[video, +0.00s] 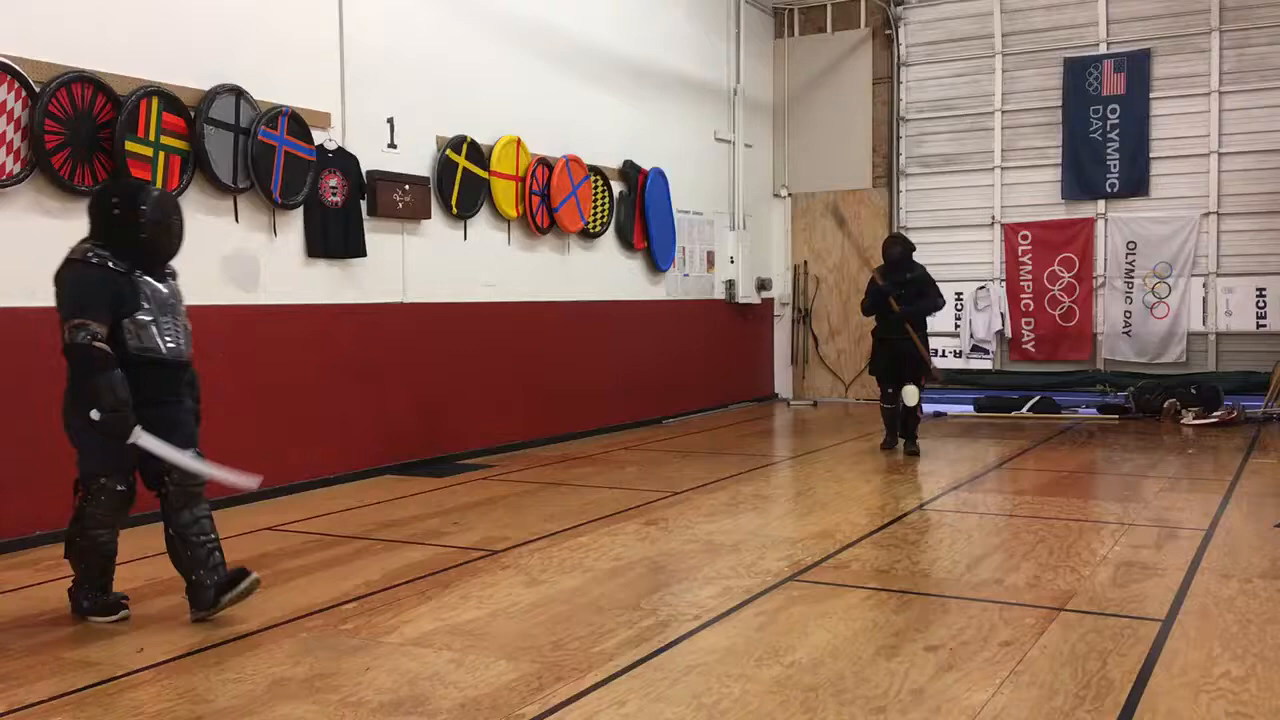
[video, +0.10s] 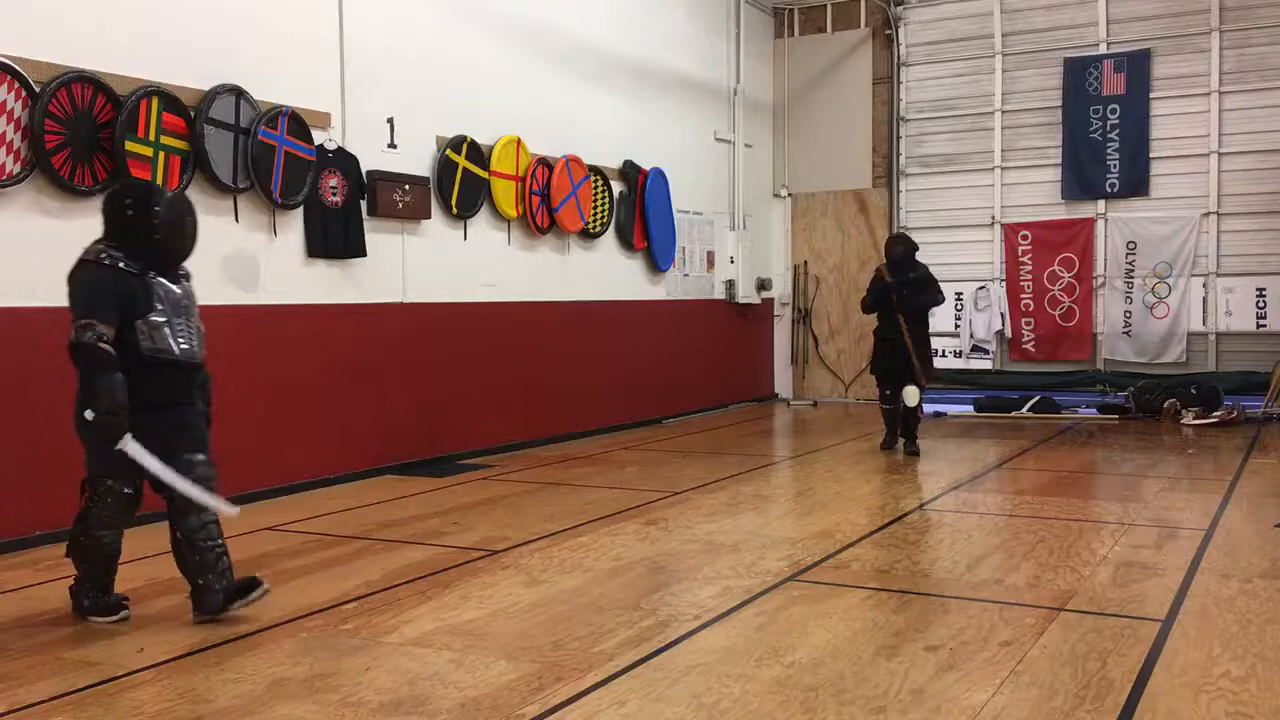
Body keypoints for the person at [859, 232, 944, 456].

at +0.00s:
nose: (895, 264)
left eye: (898, 259)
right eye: (890, 259)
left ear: (907, 254)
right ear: (884, 257)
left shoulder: (918, 273)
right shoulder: (879, 275)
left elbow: (937, 301)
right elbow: (866, 310)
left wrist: (908, 311)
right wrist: (878, 292)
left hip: (914, 340)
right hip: (885, 341)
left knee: (912, 390)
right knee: (888, 390)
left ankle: (911, 439)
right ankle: (890, 435)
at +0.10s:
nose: (895, 259)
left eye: (899, 254)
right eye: (891, 254)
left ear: (910, 253)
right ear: (886, 254)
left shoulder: (920, 272)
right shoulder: (882, 273)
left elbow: (937, 297)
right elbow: (866, 307)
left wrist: (912, 300)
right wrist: (880, 292)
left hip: (915, 340)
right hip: (887, 340)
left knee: (912, 389)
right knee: (887, 389)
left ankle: (911, 438)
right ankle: (890, 433)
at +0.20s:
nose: (895, 253)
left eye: (900, 248)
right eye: (893, 248)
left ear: (912, 250)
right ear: (890, 250)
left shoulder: (923, 270)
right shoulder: (885, 271)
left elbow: (940, 294)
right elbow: (866, 306)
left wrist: (910, 293)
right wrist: (885, 287)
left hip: (915, 340)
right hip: (888, 339)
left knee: (913, 389)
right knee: (886, 387)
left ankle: (911, 439)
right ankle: (892, 429)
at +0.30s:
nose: (900, 255)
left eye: (906, 250)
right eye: (897, 250)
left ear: (915, 250)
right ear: (892, 251)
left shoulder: (926, 271)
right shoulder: (887, 272)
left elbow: (941, 297)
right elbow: (866, 305)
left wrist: (912, 293)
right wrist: (886, 287)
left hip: (918, 340)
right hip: (890, 339)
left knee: (914, 391)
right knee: (887, 389)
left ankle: (911, 440)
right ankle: (893, 432)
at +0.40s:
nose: (904, 255)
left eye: (908, 250)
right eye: (900, 250)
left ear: (917, 251)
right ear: (895, 251)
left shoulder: (927, 271)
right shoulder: (889, 272)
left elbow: (941, 298)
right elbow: (868, 304)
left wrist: (914, 294)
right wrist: (888, 287)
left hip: (919, 340)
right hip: (891, 339)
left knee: (914, 391)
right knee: (889, 389)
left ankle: (911, 441)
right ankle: (891, 438)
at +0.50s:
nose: (897, 256)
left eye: (902, 251)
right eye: (897, 251)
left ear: (914, 252)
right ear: (894, 252)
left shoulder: (928, 272)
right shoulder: (889, 273)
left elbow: (942, 298)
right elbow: (869, 306)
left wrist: (912, 293)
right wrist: (887, 283)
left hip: (919, 341)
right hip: (891, 341)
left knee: (914, 391)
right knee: (889, 390)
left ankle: (911, 441)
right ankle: (889, 440)